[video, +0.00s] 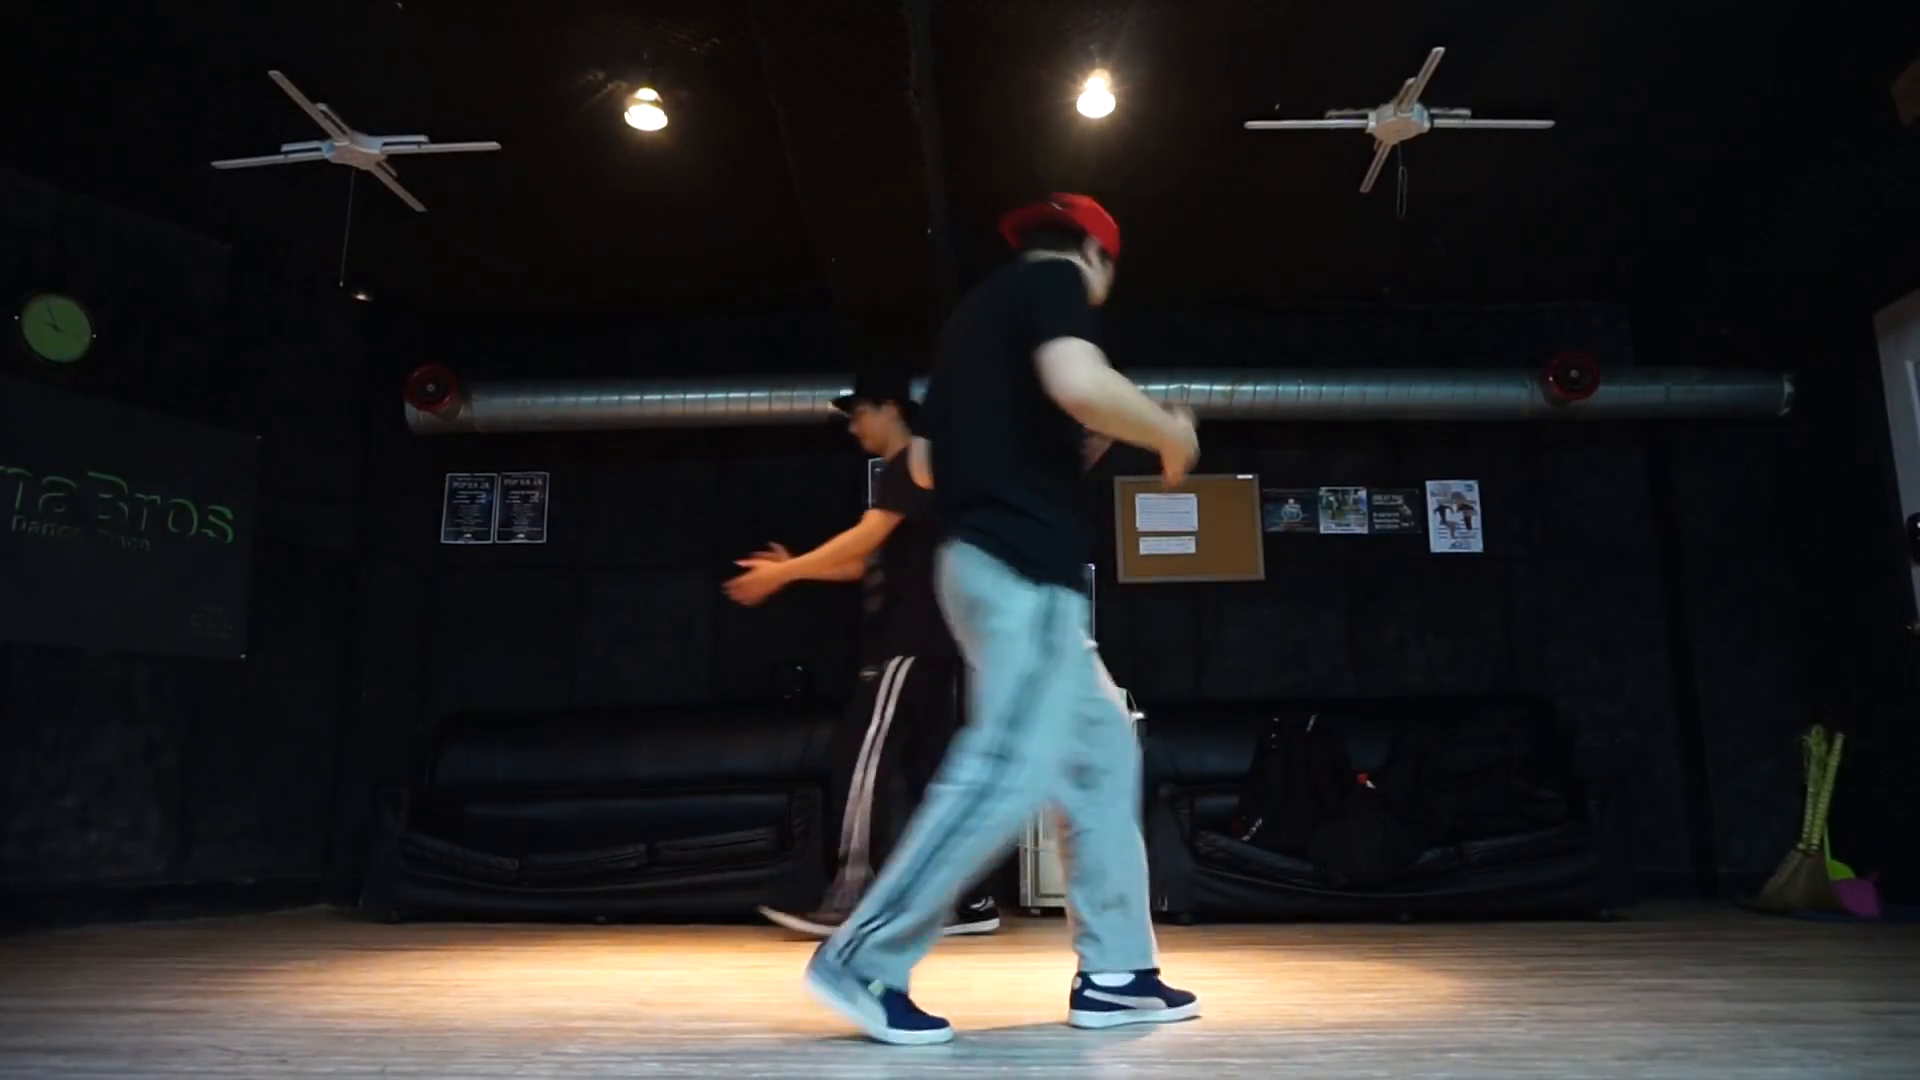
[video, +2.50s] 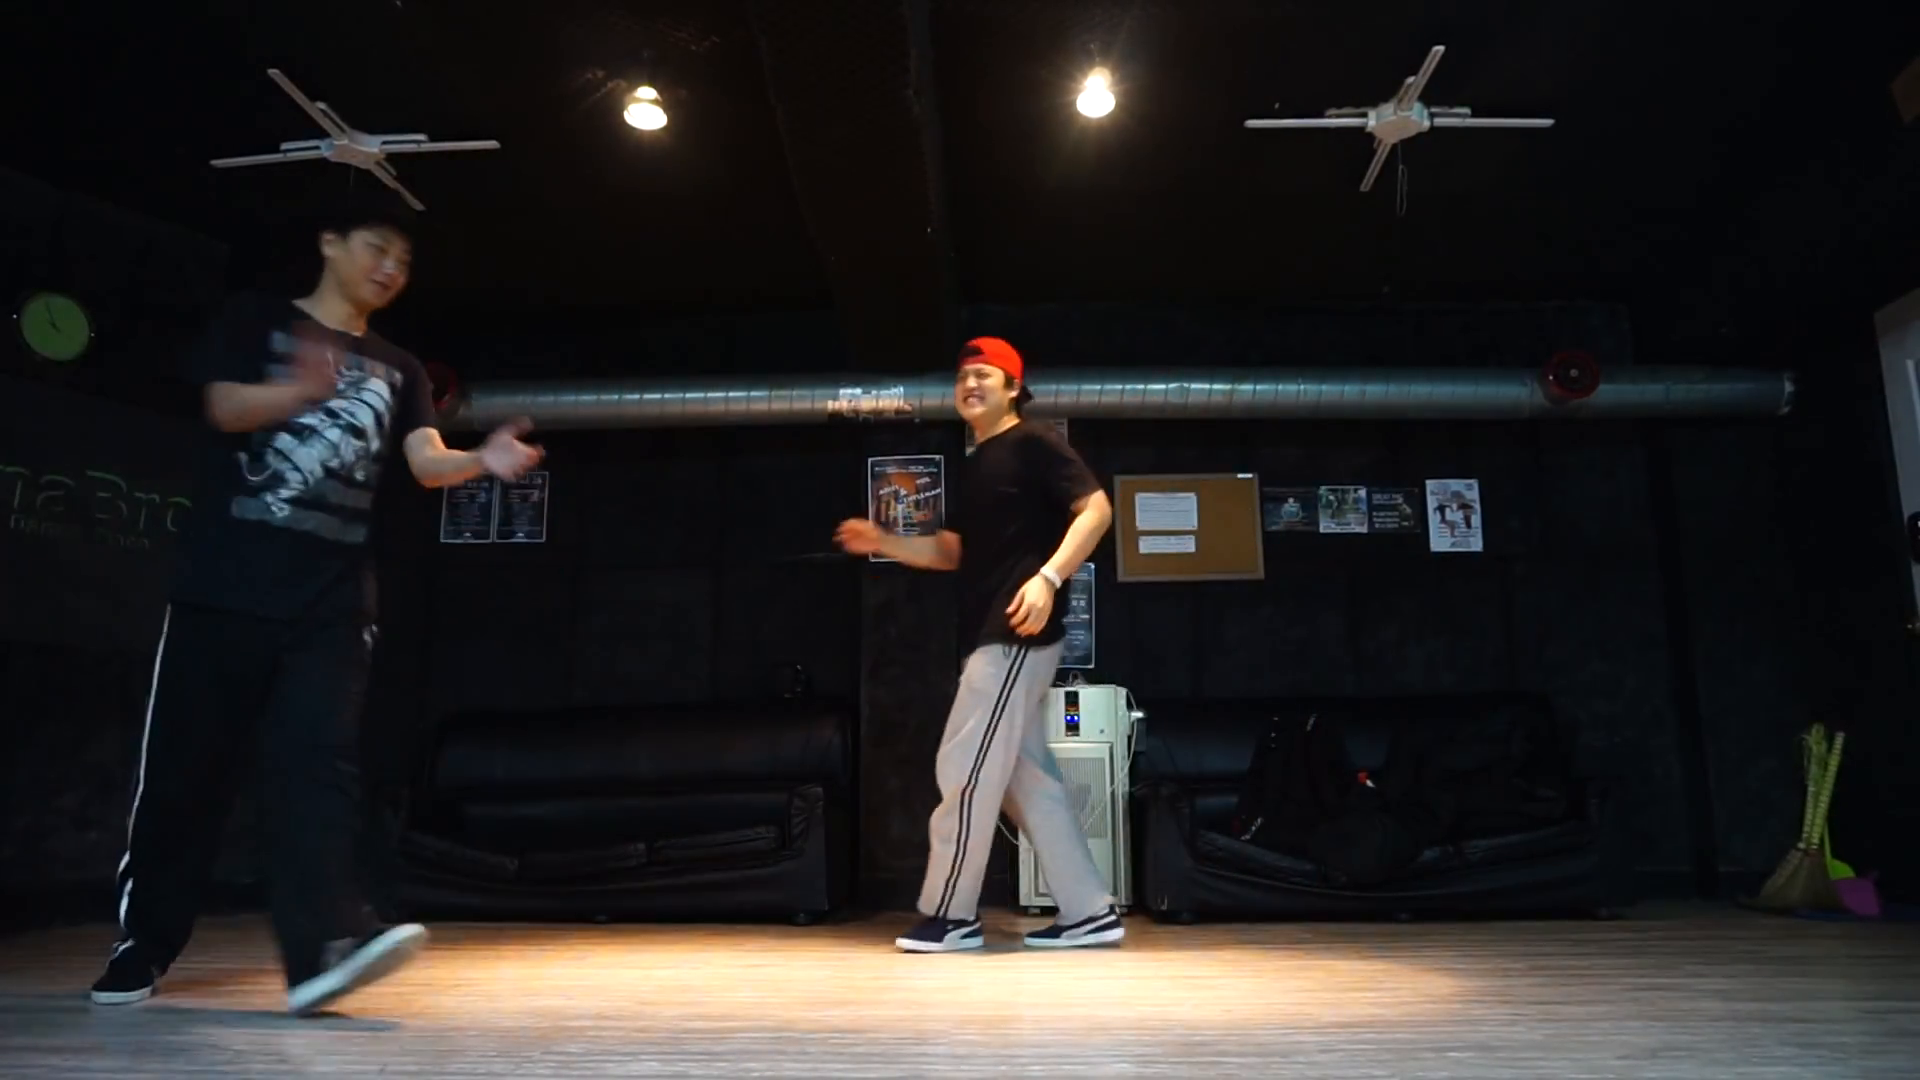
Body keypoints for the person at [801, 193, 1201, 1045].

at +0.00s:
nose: (1106, 277)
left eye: (1106, 263)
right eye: (1105, 261)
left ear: (1034, 246)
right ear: (1088, 248)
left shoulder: (979, 314)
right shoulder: (1054, 280)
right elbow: (1076, 381)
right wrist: (1171, 430)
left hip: (986, 563)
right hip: (1022, 567)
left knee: (1104, 747)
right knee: (1011, 764)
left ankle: (1117, 971)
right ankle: (863, 961)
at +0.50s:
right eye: (1186, 264)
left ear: (1119, 275)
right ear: (1192, 267)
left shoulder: (1078, 339)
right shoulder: (1215, 300)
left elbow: (1047, 461)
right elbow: (1267, 381)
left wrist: (1120, 461)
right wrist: (1241, 457)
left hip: (1103, 555)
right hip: (1199, 542)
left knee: (1124, 757)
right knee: (1250, 751)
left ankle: (1114, 958)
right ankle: (1296, 944)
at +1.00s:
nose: (1171, 340)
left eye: (1169, 330)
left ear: (1174, 331)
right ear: (1241, 324)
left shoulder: (1148, 377)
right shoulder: (1291, 378)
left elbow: (1107, 461)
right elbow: (1342, 491)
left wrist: (1132, 533)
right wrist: (1274, 490)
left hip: (1185, 596)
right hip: (1276, 592)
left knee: (1187, 764)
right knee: (1285, 775)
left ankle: (1227, 919)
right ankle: (1288, 948)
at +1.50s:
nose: (1090, 395)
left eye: (1094, 381)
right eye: (1088, 382)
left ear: (1126, 374)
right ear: (1148, 374)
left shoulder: (1152, 423)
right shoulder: (1209, 424)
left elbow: (1187, 510)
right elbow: (1255, 526)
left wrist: (1099, 533)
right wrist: (1185, 549)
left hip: (1159, 635)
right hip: (1220, 630)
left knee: (1141, 788)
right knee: (1205, 770)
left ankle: (1216, 936)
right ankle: (1263, 869)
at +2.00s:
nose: (1026, 406)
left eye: (1037, 394)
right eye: (1023, 397)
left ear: (1071, 395)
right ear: (1035, 405)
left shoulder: (1084, 435)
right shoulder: (1101, 441)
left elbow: (1111, 494)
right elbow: (1166, 528)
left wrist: (1025, 534)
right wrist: (1099, 564)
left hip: (1105, 645)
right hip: (1091, 643)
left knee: (1085, 787)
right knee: (1061, 782)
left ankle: (1200, 892)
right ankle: (1090, 923)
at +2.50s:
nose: (970, 385)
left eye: (983, 376)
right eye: (964, 377)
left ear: (1012, 390)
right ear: (957, 393)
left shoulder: (1035, 444)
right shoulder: (973, 465)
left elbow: (1097, 509)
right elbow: (952, 552)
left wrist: (1049, 578)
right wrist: (883, 541)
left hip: (1019, 634)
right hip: (993, 636)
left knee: (966, 766)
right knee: (1025, 774)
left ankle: (950, 917)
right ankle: (1089, 912)